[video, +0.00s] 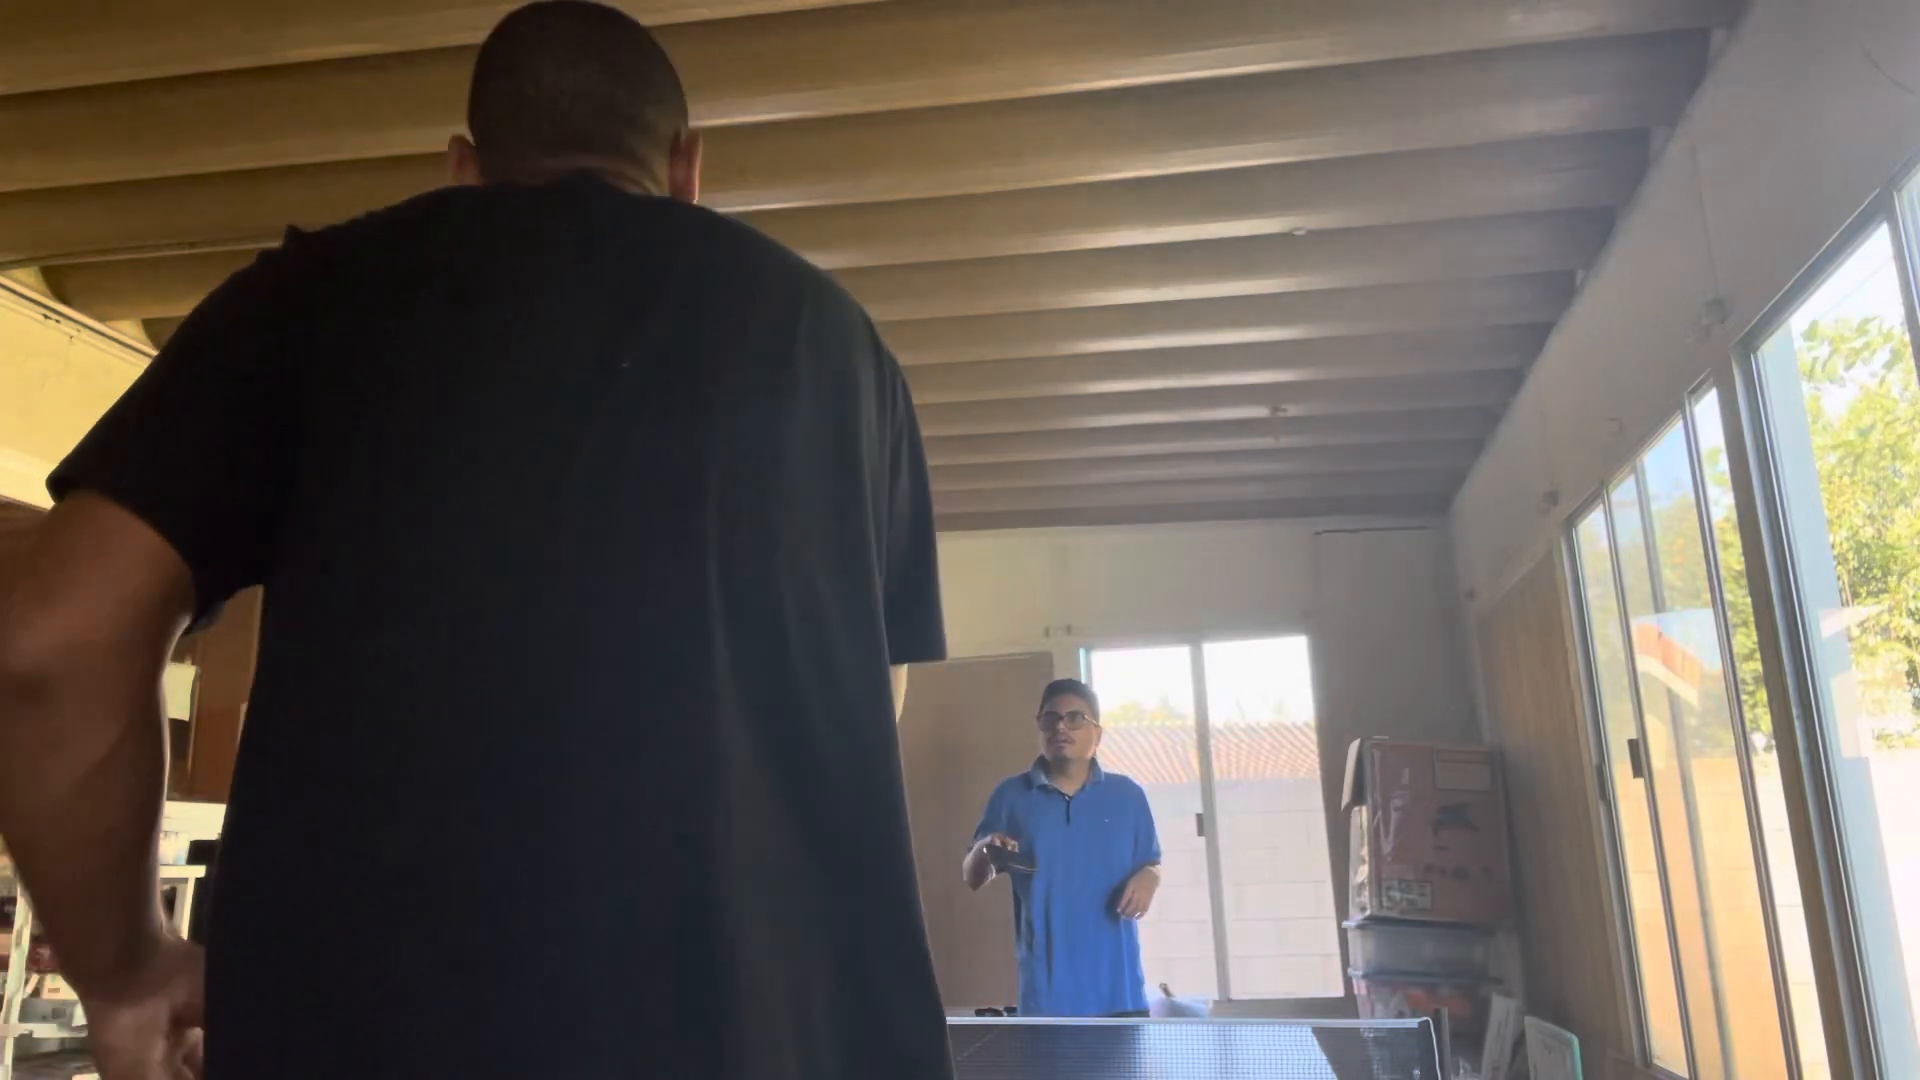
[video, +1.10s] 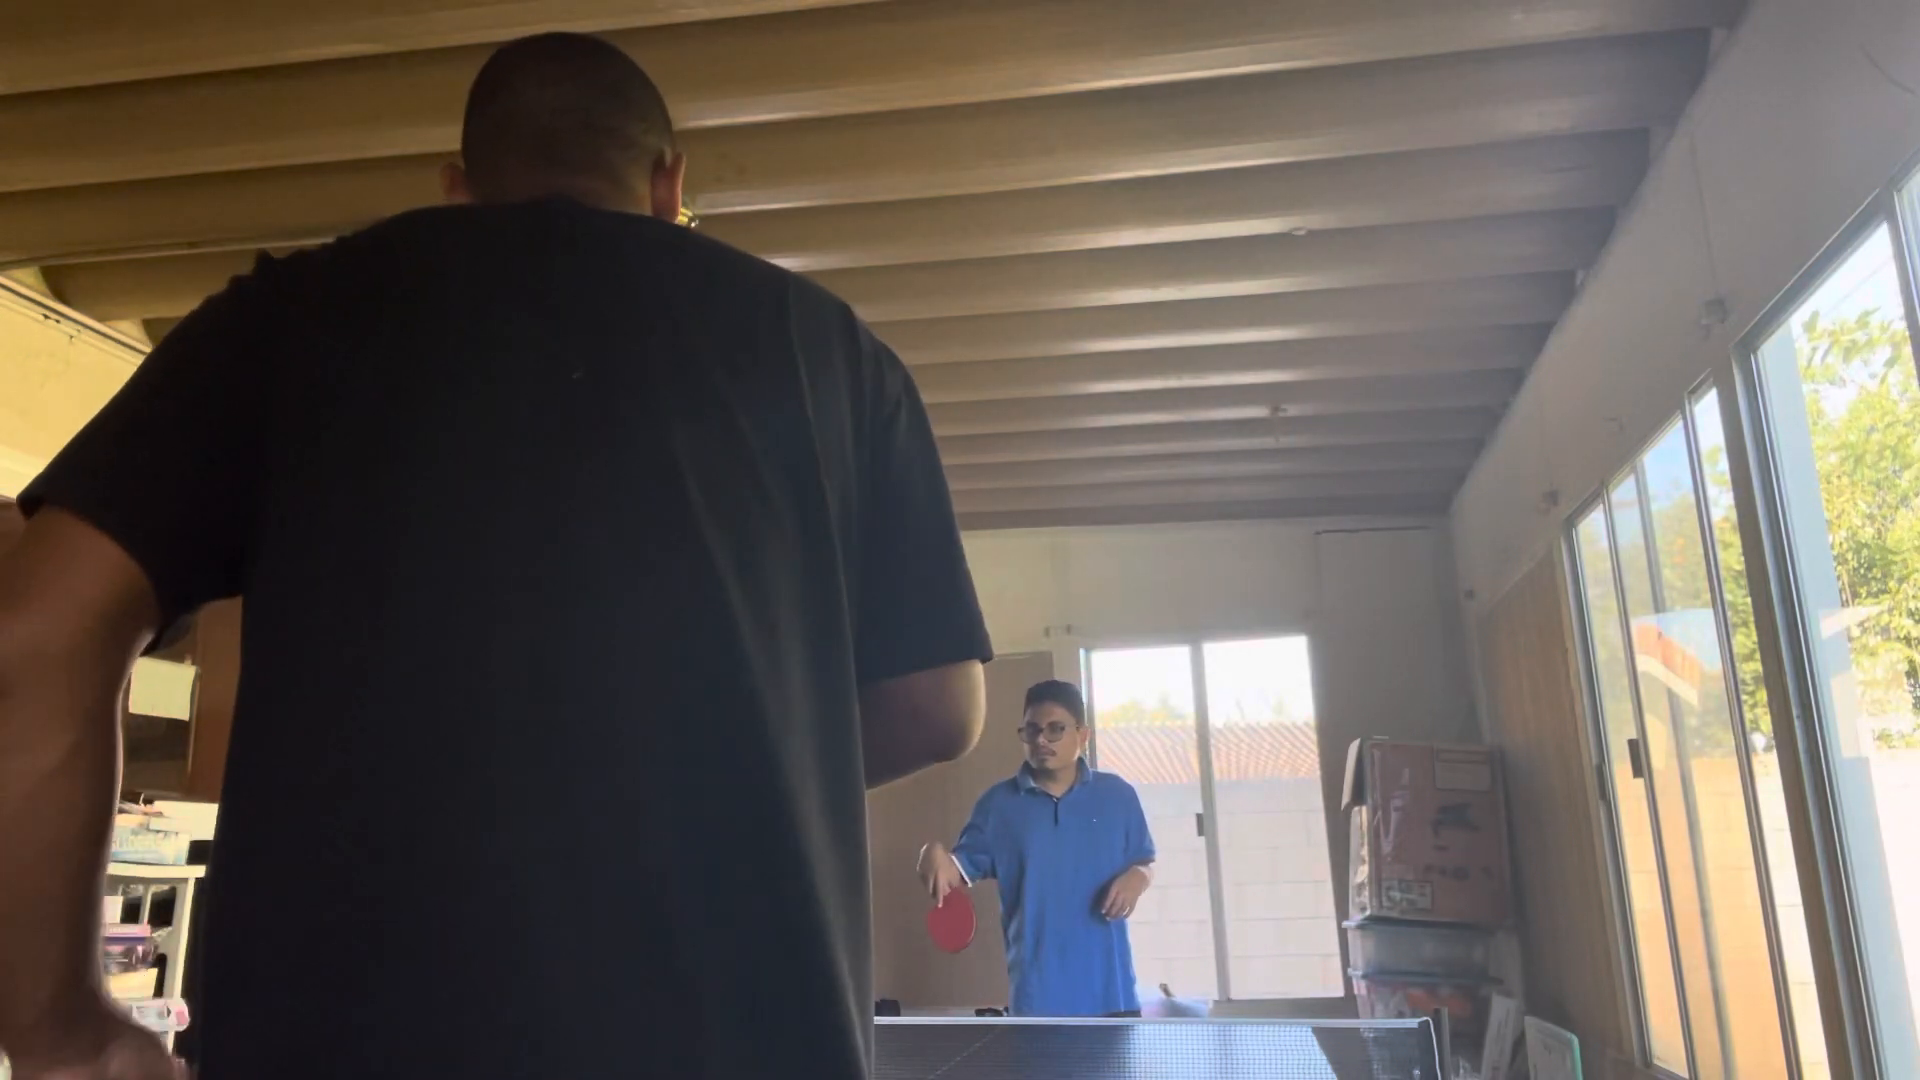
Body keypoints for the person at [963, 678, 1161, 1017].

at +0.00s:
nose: (1061, 727)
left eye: (1075, 718)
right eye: (1051, 718)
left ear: (1096, 733)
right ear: (1039, 729)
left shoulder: (1126, 795)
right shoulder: (1012, 796)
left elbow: (1150, 864)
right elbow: (973, 879)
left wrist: (1148, 877)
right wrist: (985, 852)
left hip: (1117, 986)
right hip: (1045, 989)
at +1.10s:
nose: (1042, 740)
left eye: (1055, 729)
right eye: (1033, 730)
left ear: (1082, 736)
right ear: (1022, 736)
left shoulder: (1116, 795)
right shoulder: (999, 804)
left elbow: (1143, 862)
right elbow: (964, 869)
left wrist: (1136, 878)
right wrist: (934, 852)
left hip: (1108, 988)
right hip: (1036, 993)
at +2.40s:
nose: (1037, 751)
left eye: (1051, 739)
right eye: (1025, 739)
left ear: (1075, 739)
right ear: (1013, 739)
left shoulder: (1107, 794)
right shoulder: (993, 804)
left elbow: (1132, 861)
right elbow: (962, 878)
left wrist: (1134, 876)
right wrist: (956, 896)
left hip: (1106, 988)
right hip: (1033, 995)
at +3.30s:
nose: (1045, 746)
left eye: (1057, 734)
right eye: (1032, 736)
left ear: (1079, 736)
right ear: (1019, 738)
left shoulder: (1102, 801)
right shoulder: (996, 794)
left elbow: (1118, 879)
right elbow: (959, 877)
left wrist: (1137, 878)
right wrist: (986, 868)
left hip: (1100, 994)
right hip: (1023, 997)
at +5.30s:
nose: (1069, 746)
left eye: (1078, 737)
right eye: (1058, 736)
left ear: (1091, 742)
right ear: (1029, 736)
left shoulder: (1110, 800)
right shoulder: (1011, 796)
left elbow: (1124, 875)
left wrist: (1145, 878)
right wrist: (1036, 859)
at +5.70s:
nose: (1084, 755)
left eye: (1091, 744)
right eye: (1071, 744)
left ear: (1098, 746)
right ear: (1042, 746)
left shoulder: (1108, 801)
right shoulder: (1019, 799)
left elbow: (1114, 884)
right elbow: (985, 876)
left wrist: (1168, 878)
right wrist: (1071, 853)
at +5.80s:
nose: (1084, 746)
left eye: (1091, 736)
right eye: (1070, 736)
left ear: (1100, 739)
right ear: (1038, 737)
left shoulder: (1105, 801)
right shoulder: (1013, 800)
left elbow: (1118, 882)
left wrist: (1169, 876)